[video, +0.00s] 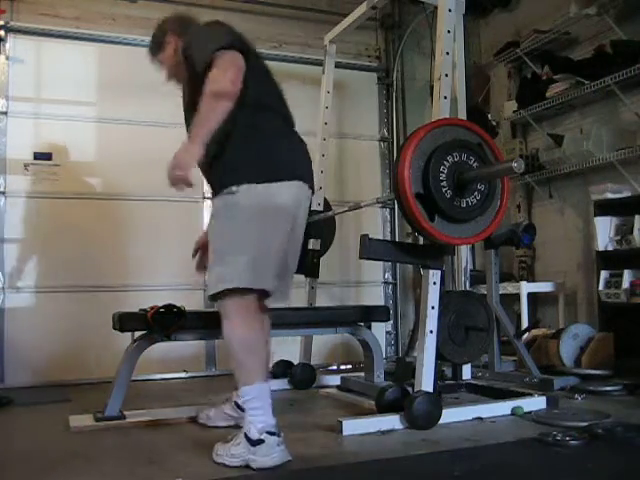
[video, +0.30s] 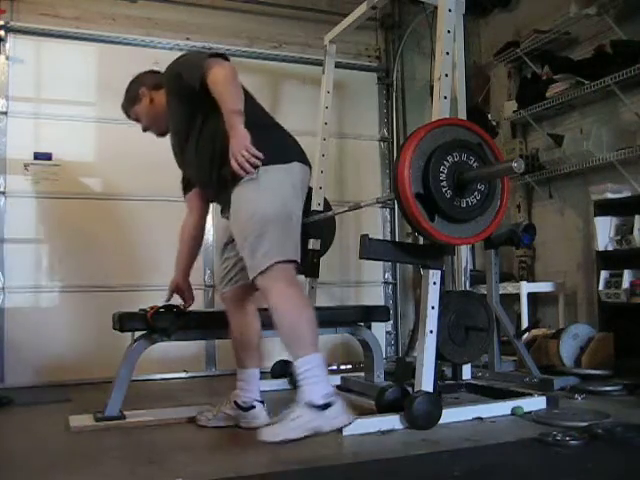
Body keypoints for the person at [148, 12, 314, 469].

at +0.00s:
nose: (166, 71)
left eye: (162, 60)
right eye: (161, 65)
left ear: (174, 41)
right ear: (175, 46)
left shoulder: (204, 35)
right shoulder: (210, 80)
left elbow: (228, 76)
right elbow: (242, 162)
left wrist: (193, 146)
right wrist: (216, 228)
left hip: (259, 180)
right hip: (277, 182)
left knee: (238, 299)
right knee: (247, 297)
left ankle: (262, 435)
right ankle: (248, 402)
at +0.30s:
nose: (143, 129)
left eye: (139, 119)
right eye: (138, 124)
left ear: (149, 94)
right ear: (154, 98)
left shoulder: (179, 70)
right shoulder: (184, 142)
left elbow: (222, 71)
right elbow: (196, 209)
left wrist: (236, 129)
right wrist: (181, 273)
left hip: (266, 167)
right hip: (236, 193)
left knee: (276, 276)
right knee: (235, 295)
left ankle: (320, 402)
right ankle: (248, 403)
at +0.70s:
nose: (133, 92)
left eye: (129, 81)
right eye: (127, 87)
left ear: (145, 59)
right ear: (146, 63)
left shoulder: (178, 56)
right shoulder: (173, 102)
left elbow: (201, 93)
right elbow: (198, 183)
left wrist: (176, 163)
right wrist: (157, 224)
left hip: (244, 172)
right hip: (227, 184)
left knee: (244, 285)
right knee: (230, 291)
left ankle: (290, 395)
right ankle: (248, 397)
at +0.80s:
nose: (131, 76)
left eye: (128, 65)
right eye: (126, 70)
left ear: (147, 45)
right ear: (145, 50)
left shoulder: (180, 50)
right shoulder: (171, 90)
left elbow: (194, 97)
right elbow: (197, 167)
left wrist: (164, 161)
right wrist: (146, 201)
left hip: (226, 179)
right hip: (236, 180)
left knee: (218, 287)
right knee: (230, 292)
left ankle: (236, 407)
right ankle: (247, 402)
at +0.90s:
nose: (129, 61)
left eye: (127, 50)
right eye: (124, 54)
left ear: (148, 31)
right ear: (152, 32)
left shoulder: (178, 48)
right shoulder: (196, 56)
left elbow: (182, 107)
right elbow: (194, 141)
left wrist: (153, 159)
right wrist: (146, 175)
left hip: (211, 185)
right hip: (240, 184)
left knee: (195, 293)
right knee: (231, 295)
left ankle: (182, 410)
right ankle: (247, 403)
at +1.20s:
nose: (113, 25)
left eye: (115, 14)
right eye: (111, 17)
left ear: (139, 3)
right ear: (146, 7)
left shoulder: (153, 40)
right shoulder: (178, 45)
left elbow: (130, 111)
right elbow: (149, 121)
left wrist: (88, 136)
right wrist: (92, 135)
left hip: (157, 190)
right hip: (183, 190)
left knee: (140, 295)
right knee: (176, 291)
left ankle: (120, 416)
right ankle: (231, 385)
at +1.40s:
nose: (101, 11)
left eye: (104, 3)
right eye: (101, 5)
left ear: (124, 2)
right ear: (139, 4)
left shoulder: (137, 33)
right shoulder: (154, 38)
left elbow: (101, 105)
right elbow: (132, 123)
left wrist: (53, 103)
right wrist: (79, 153)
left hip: (136, 187)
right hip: (142, 186)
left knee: (130, 294)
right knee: (114, 289)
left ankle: (119, 417)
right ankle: (188, 368)